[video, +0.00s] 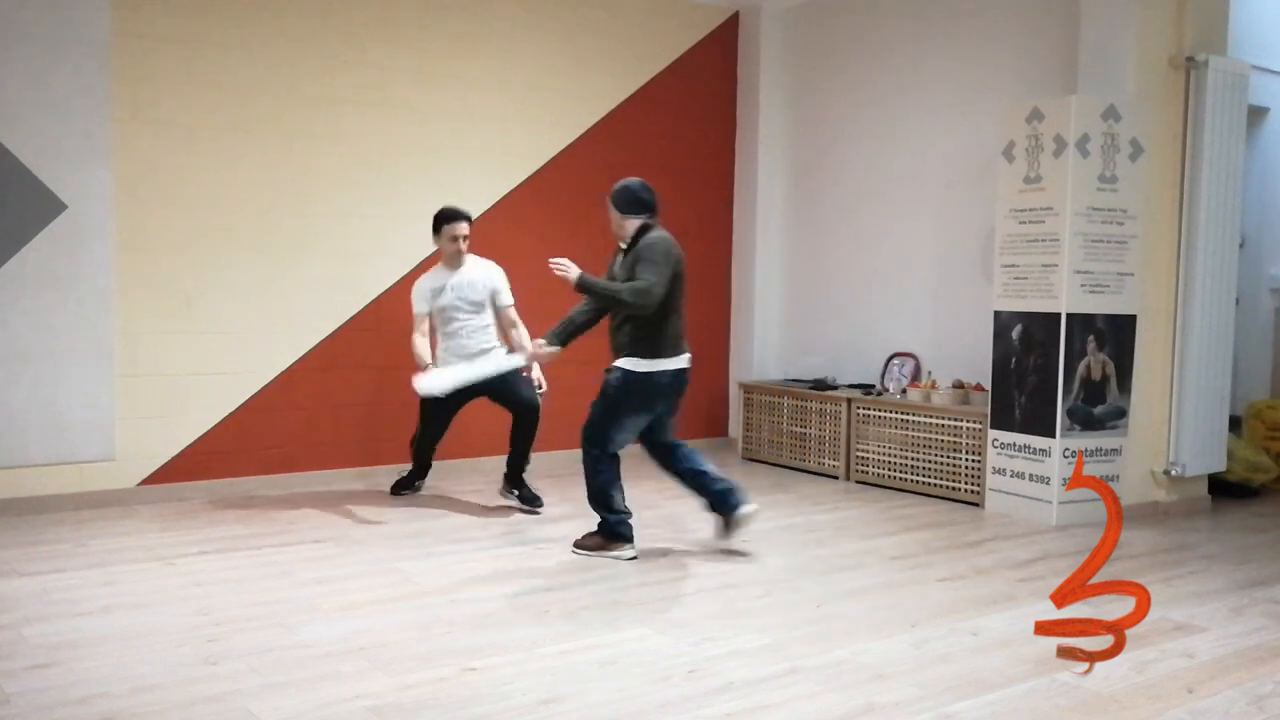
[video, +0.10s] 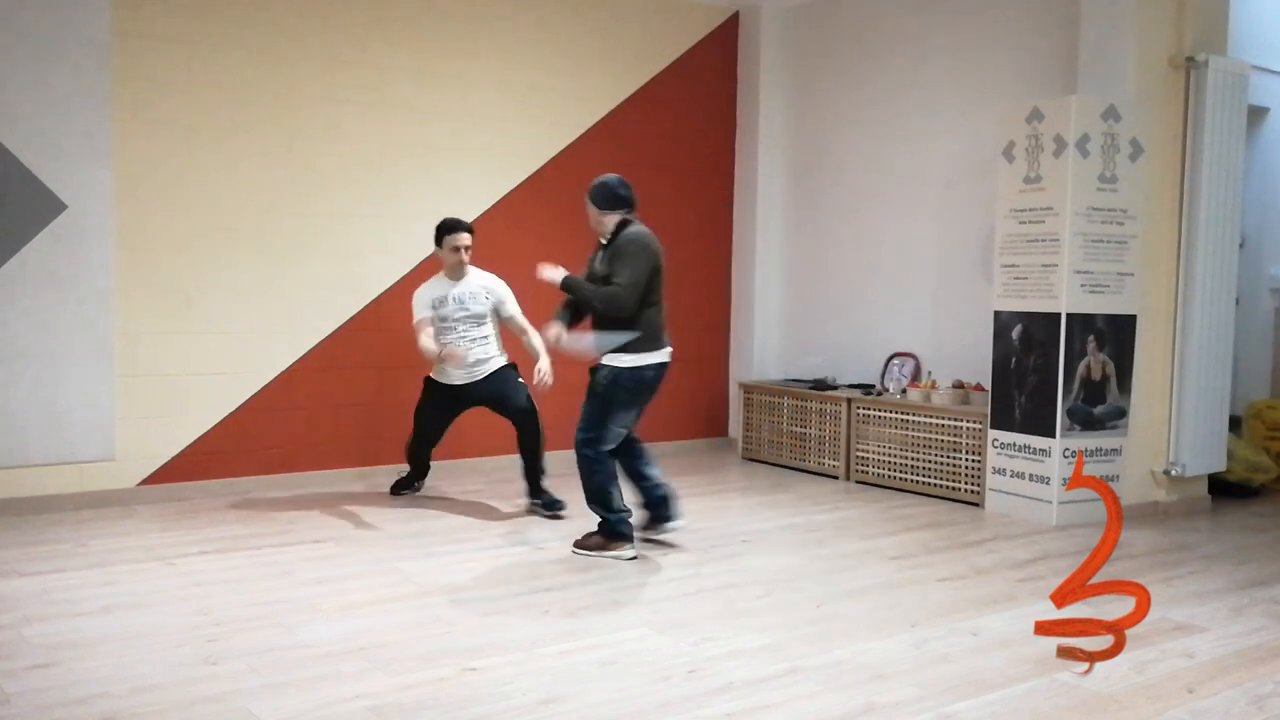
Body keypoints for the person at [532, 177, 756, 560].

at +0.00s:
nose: (609, 219)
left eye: (612, 212)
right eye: (609, 212)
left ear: (625, 213)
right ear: (641, 211)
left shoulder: (658, 245)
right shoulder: (628, 253)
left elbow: (645, 296)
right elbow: (599, 303)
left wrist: (583, 281)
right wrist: (555, 340)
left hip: (643, 371)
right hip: (664, 369)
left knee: (598, 440)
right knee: (658, 441)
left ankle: (614, 531)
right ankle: (727, 500)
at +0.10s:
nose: (588, 215)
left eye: (590, 208)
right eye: (589, 208)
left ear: (605, 210)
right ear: (616, 209)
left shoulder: (636, 242)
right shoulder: (607, 246)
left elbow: (621, 301)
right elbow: (588, 292)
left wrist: (566, 281)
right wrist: (561, 320)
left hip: (633, 362)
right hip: (623, 360)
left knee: (591, 443)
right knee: (617, 436)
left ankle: (615, 530)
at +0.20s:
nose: (569, 214)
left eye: (572, 207)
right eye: (570, 207)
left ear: (587, 208)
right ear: (595, 207)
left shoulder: (618, 237)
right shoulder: (589, 243)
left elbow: (601, 293)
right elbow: (570, 273)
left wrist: (562, 286)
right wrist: (553, 280)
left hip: (618, 357)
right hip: (601, 355)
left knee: (585, 442)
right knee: (585, 436)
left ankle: (615, 530)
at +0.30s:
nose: (555, 215)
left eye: (558, 208)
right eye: (555, 209)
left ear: (574, 208)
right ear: (580, 208)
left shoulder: (605, 240)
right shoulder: (573, 242)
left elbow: (586, 293)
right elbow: (542, 271)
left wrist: (547, 264)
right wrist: (503, 267)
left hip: (601, 357)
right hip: (579, 356)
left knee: (568, 436)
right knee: (554, 433)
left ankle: (613, 524)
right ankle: (569, 511)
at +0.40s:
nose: (536, 212)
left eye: (541, 205)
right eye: (536, 206)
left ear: (562, 208)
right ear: (559, 209)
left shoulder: (596, 241)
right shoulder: (559, 241)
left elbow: (575, 292)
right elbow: (509, 263)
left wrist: (539, 256)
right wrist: (455, 259)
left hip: (588, 352)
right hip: (565, 351)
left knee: (559, 426)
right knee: (549, 430)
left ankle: (596, 521)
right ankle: (567, 510)